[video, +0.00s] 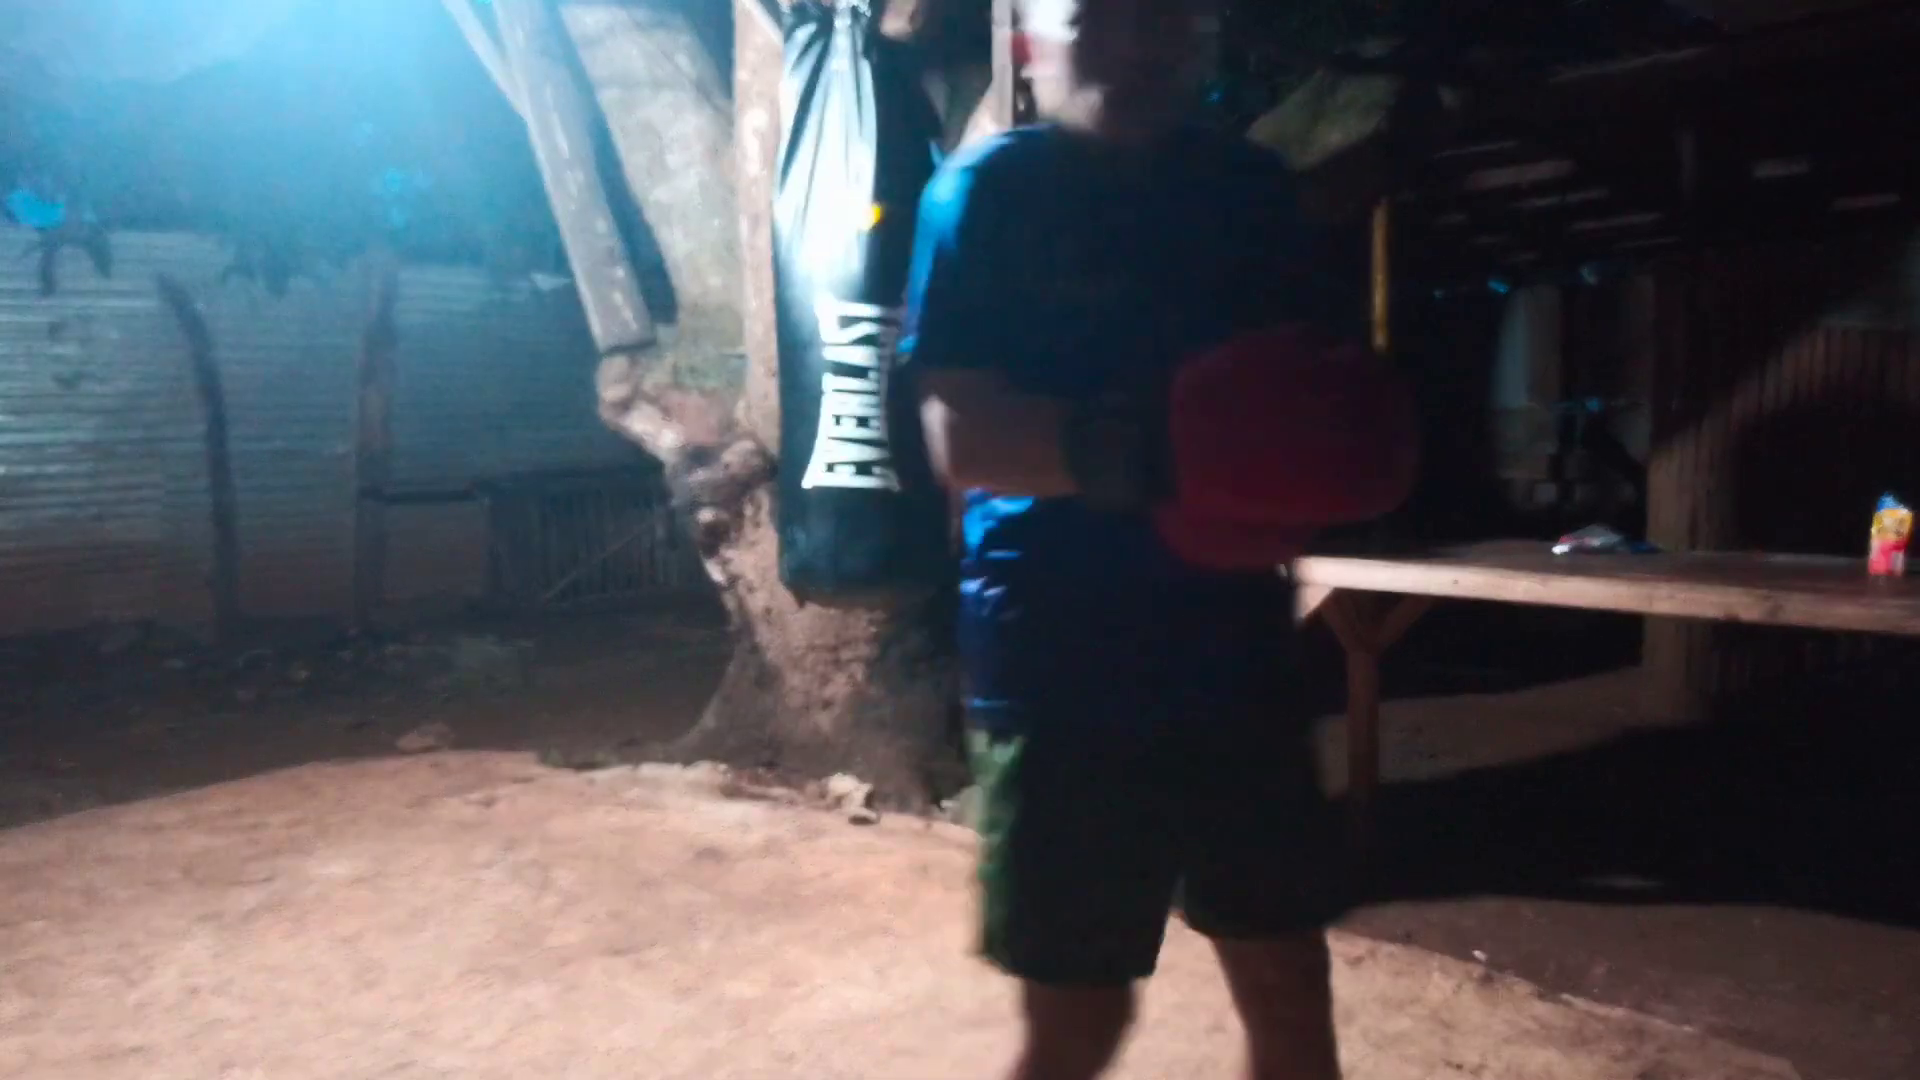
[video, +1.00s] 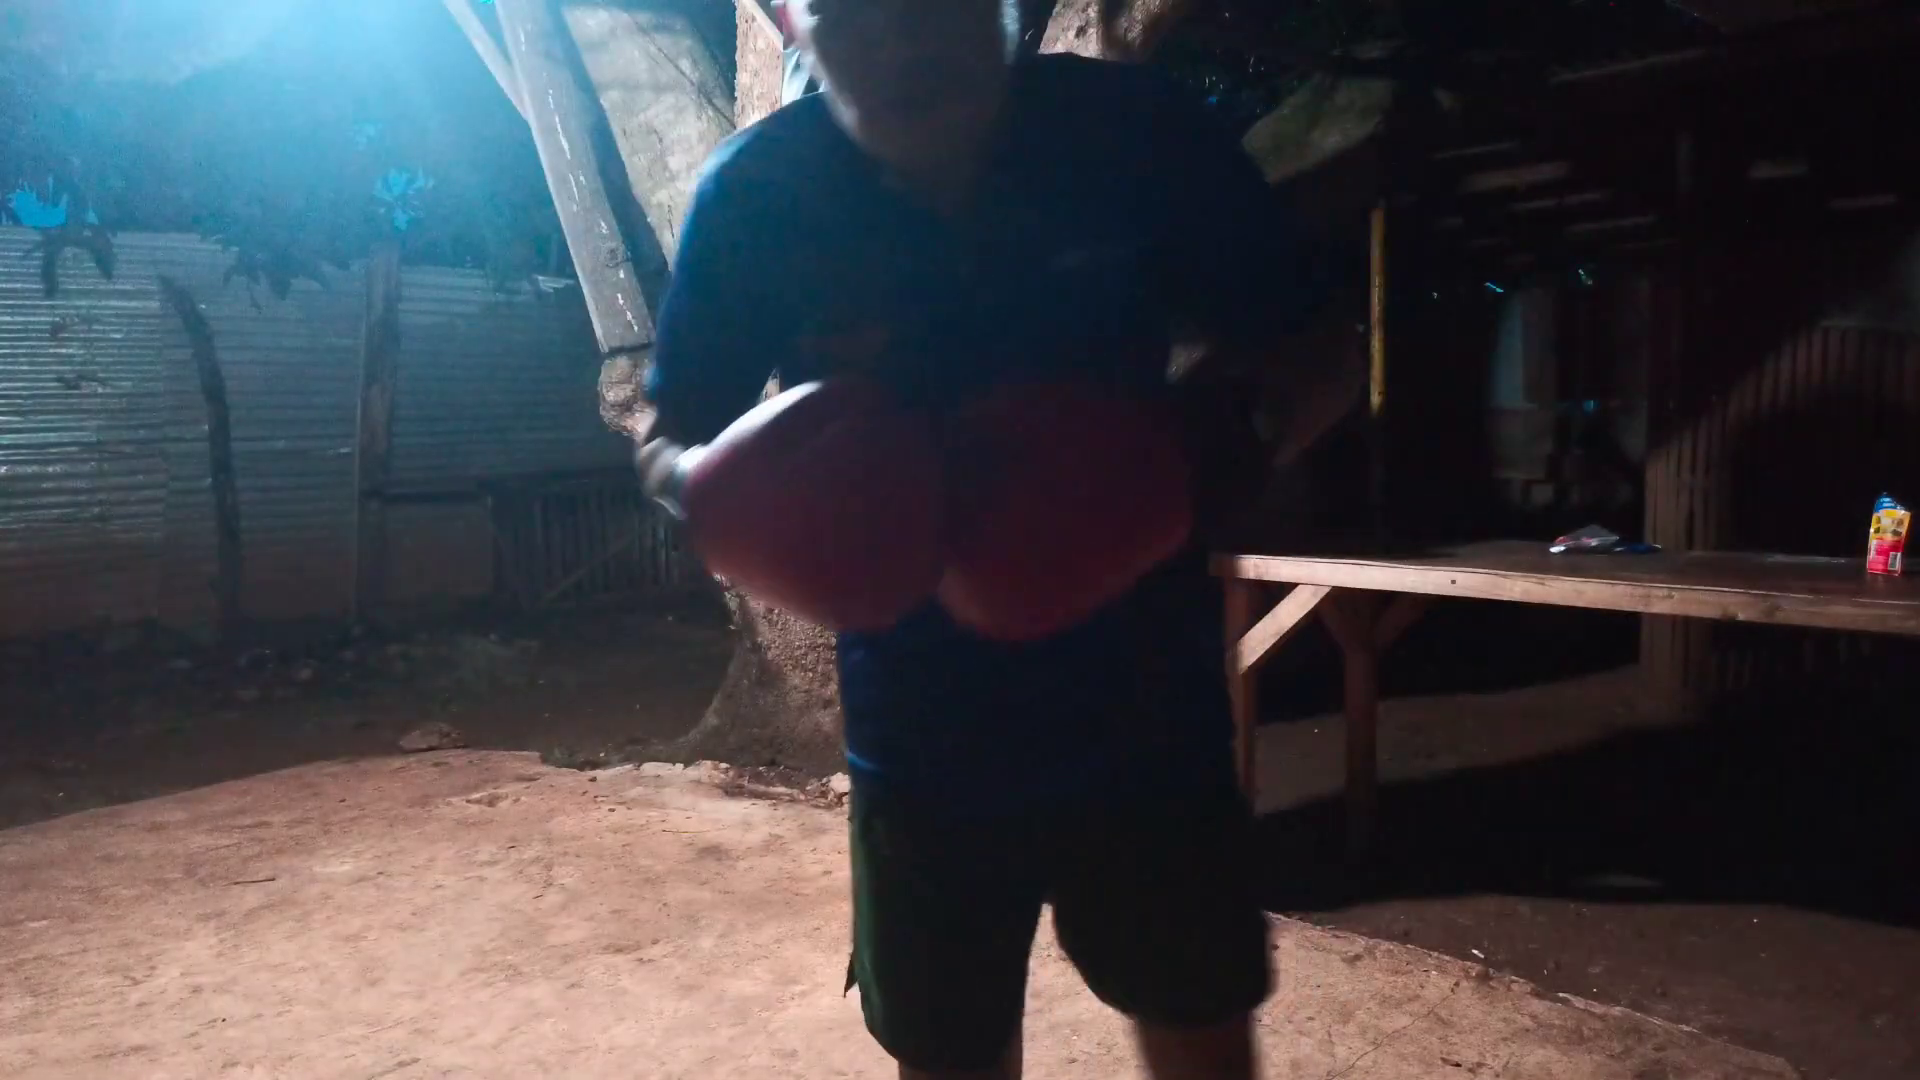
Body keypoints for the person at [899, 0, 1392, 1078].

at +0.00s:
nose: (1131, 41)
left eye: (1163, 14)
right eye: (1094, 14)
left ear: (1206, 33)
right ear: (1027, 36)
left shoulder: (1252, 187)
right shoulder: (996, 186)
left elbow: (1321, 405)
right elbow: (962, 440)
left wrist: (1363, 556)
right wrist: (1166, 454)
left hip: (1235, 652)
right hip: (1059, 666)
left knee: (1288, 991)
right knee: (1074, 1028)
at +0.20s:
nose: (1188, 34)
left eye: (1226, 8)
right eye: (1158, 9)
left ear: (1277, 26)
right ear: (1111, 27)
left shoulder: (1333, 187)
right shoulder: (1051, 180)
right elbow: (977, 418)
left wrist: (1320, 426)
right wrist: (1119, 422)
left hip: (1277, 642)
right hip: (1095, 646)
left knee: (1296, 995)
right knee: (1088, 1012)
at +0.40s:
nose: (1180, 42)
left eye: (1210, 14)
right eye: (1141, 16)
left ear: (1255, 25)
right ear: (1085, 33)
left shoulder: (1328, 175)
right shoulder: (1039, 193)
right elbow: (907, 419)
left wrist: (1478, 343)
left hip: (1278, 624)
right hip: (1096, 629)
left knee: (1292, 1008)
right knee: (1054, 1038)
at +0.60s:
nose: (1090, 48)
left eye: (1119, 20)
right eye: (1052, 26)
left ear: (1166, 25)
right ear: (992, 34)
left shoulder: (1267, 172)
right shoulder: (936, 215)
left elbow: (1436, 329)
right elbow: (781, 416)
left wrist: (1588, 305)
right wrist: (648, 439)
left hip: (1234, 681)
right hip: (1033, 698)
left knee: (1275, 1027)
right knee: (1011, 1047)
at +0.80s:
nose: (978, 32)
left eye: (1006, 6)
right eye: (934, 12)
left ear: (1061, 11)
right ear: (874, 30)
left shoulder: (1182, 140)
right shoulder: (834, 189)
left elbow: (1309, 381)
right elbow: (785, 437)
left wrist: (1200, 468)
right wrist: (835, 507)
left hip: (1169, 681)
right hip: (955, 704)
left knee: (1264, 1026)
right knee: (964, 1056)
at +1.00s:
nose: (910, 41)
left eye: (939, 13)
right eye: (865, 18)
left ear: (1000, 9)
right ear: (793, 27)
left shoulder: (1145, 129)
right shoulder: (756, 195)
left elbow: (1321, 344)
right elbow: (672, 439)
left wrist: (1213, 445)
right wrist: (729, 485)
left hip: (1144, 704)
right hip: (926, 735)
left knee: (1202, 1036)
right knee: (948, 1058)